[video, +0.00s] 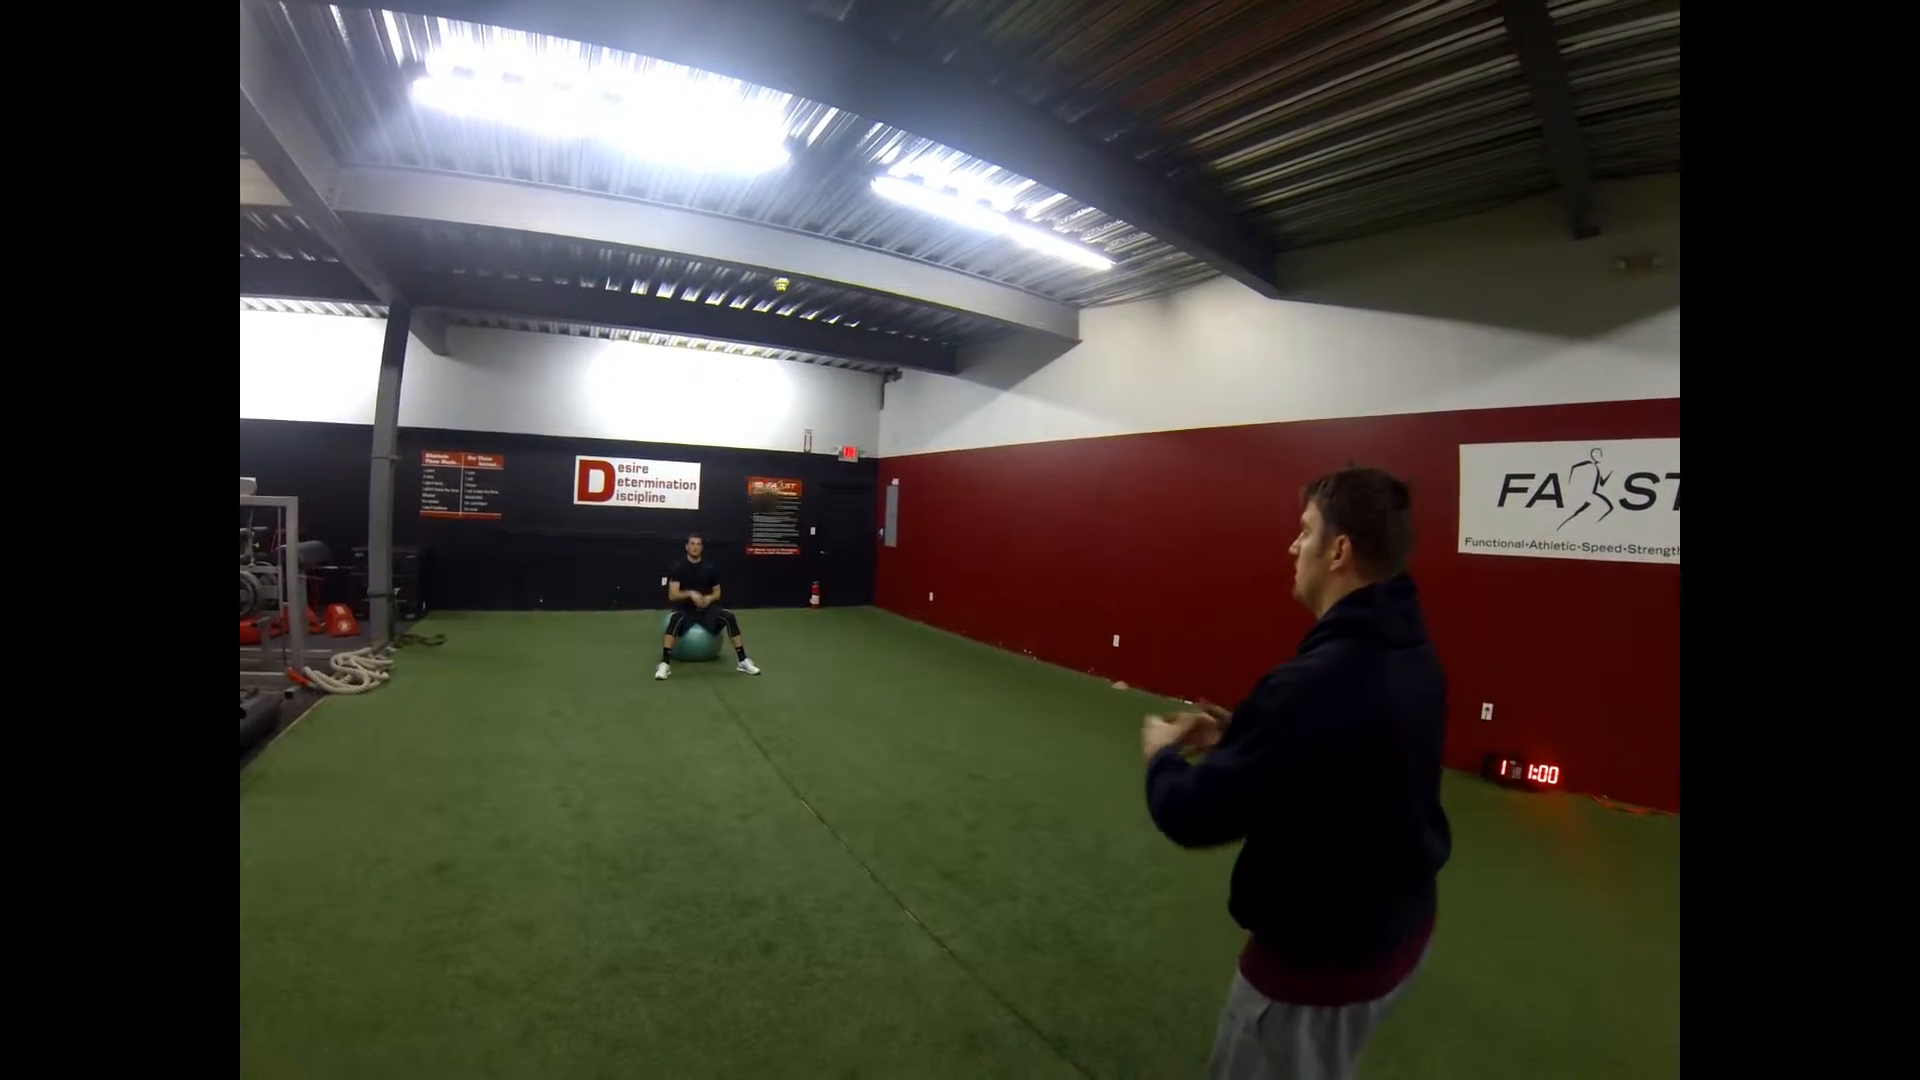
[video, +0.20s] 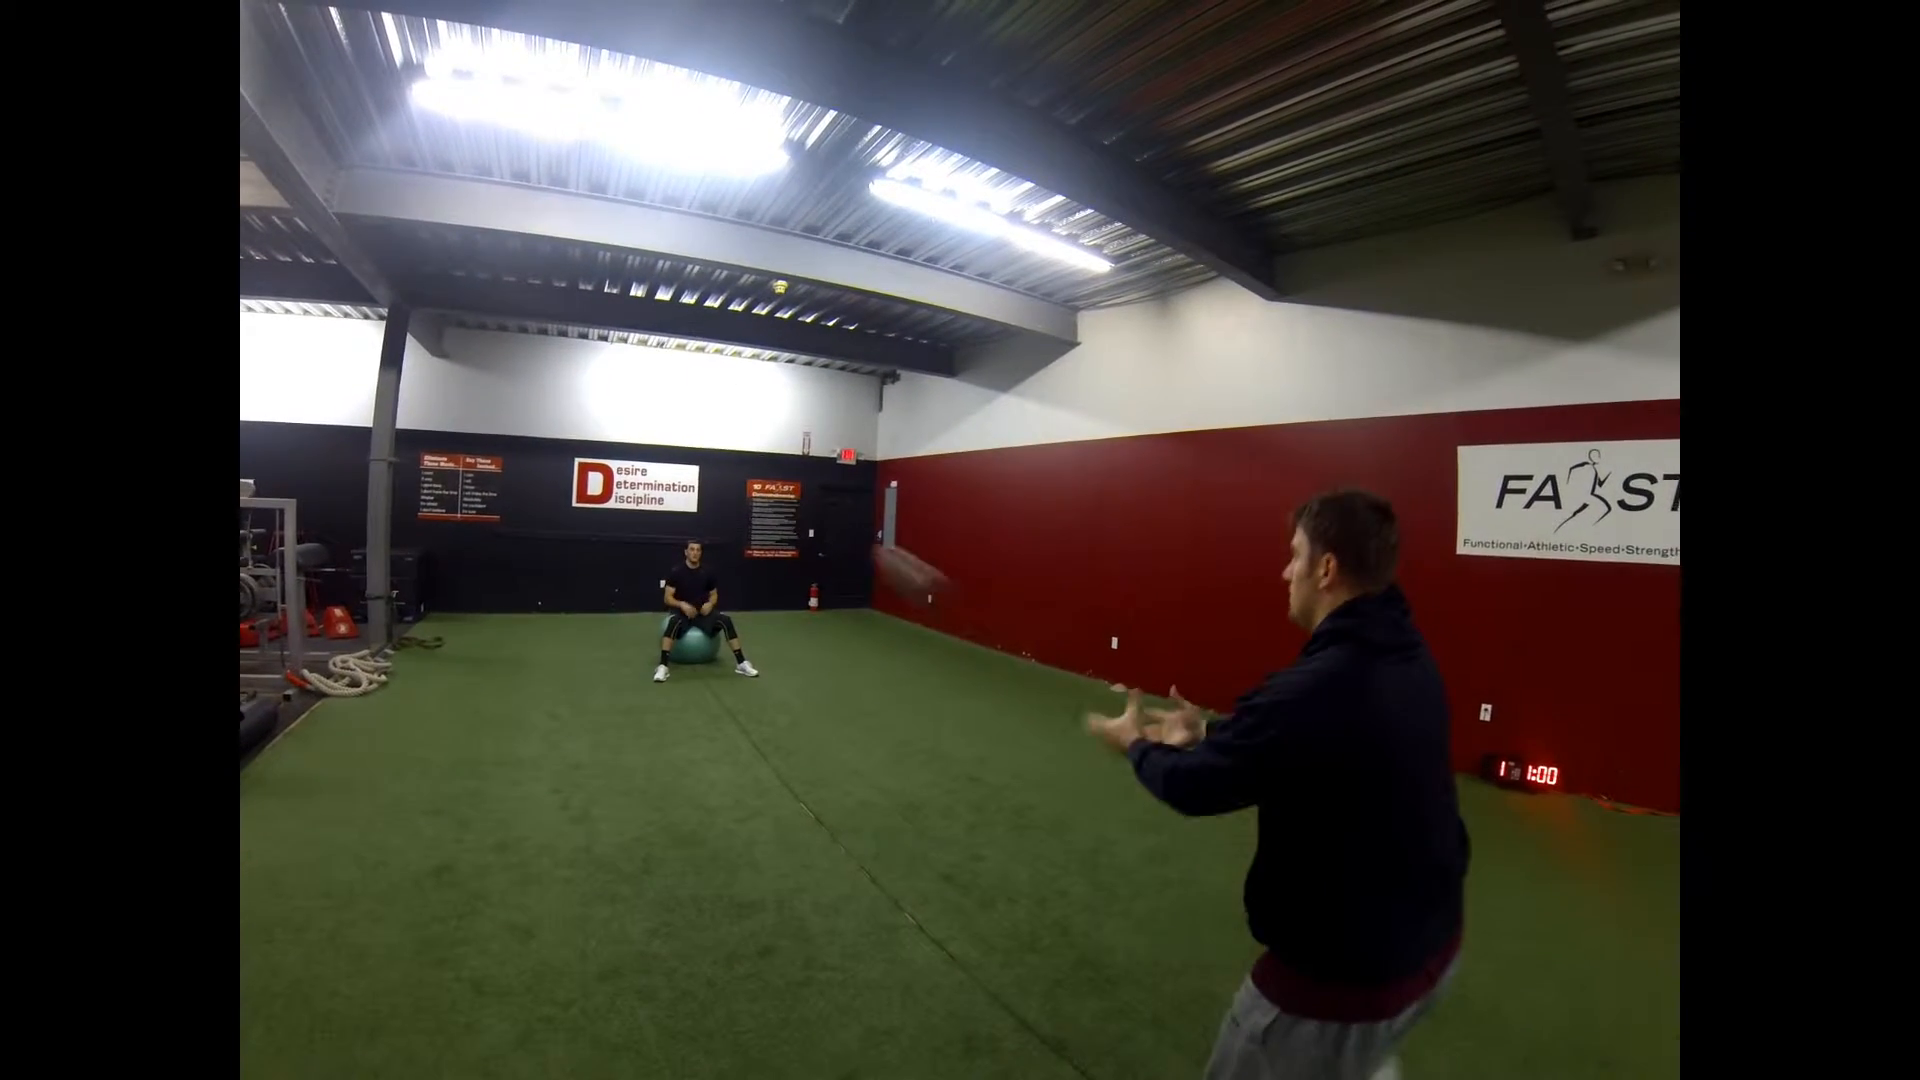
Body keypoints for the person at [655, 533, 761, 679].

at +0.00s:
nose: (695, 547)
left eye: (698, 544)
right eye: (692, 544)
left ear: (702, 547)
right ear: (687, 546)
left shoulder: (710, 568)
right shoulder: (679, 568)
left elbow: (717, 593)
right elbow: (673, 595)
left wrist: (708, 599)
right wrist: (691, 594)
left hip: (707, 608)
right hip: (686, 609)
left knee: (729, 617)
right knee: (676, 618)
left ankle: (743, 660)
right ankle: (664, 663)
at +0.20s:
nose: (695, 553)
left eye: (697, 550)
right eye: (691, 550)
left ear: (701, 553)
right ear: (686, 552)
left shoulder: (708, 572)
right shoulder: (676, 572)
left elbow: (714, 595)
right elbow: (667, 598)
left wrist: (709, 604)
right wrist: (683, 605)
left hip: (703, 613)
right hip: (684, 613)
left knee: (725, 620)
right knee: (673, 621)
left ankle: (742, 663)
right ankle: (663, 666)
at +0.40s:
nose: (691, 554)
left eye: (694, 551)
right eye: (688, 551)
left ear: (698, 554)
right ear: (683, 552)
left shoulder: (703, 572)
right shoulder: (673, 572)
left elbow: (710, 596)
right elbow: (662, 597)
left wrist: (704, 604)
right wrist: (676, 607)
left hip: (698, 614)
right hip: (678, 614)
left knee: (721, 623)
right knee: (670, 624)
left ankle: (738, 665)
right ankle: (660, 668)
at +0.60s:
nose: (688, 557)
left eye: (691, 554)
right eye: (685, 553)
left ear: (694, 557)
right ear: (679, 555)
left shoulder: (700, 575)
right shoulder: (670, 575)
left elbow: (708, 598)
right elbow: (659, 599)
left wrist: (703, 607)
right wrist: (671, 609)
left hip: (696, 617)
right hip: (677, 616)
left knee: (719, 624)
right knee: (666, 625)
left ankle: (736, 666)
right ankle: (657, 670)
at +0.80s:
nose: (688, 557)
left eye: (691, 554)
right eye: (685, 554)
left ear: (694, 557)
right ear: (679, 556)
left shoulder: (701, 576)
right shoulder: (670, 576)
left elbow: (709, 599)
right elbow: (661, 600)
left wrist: (703, 609)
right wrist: (673, 610)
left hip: (697, 617)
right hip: (678, 617)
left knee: (719, 626)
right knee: (667, 627)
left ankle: (736, 668)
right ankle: (657, 671)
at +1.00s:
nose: (690, 561)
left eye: (693, 558)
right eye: (687, 558)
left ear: (696, 561)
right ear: (681, 560)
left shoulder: (703, 580)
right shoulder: (671, 581)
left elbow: (710, 603)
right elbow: (662, 604)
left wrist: (705, 613)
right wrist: (678, 613)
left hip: (699, 621)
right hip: (679, 622)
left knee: (721, 629)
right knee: (668, 631)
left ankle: (737, 671)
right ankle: (659, 675)